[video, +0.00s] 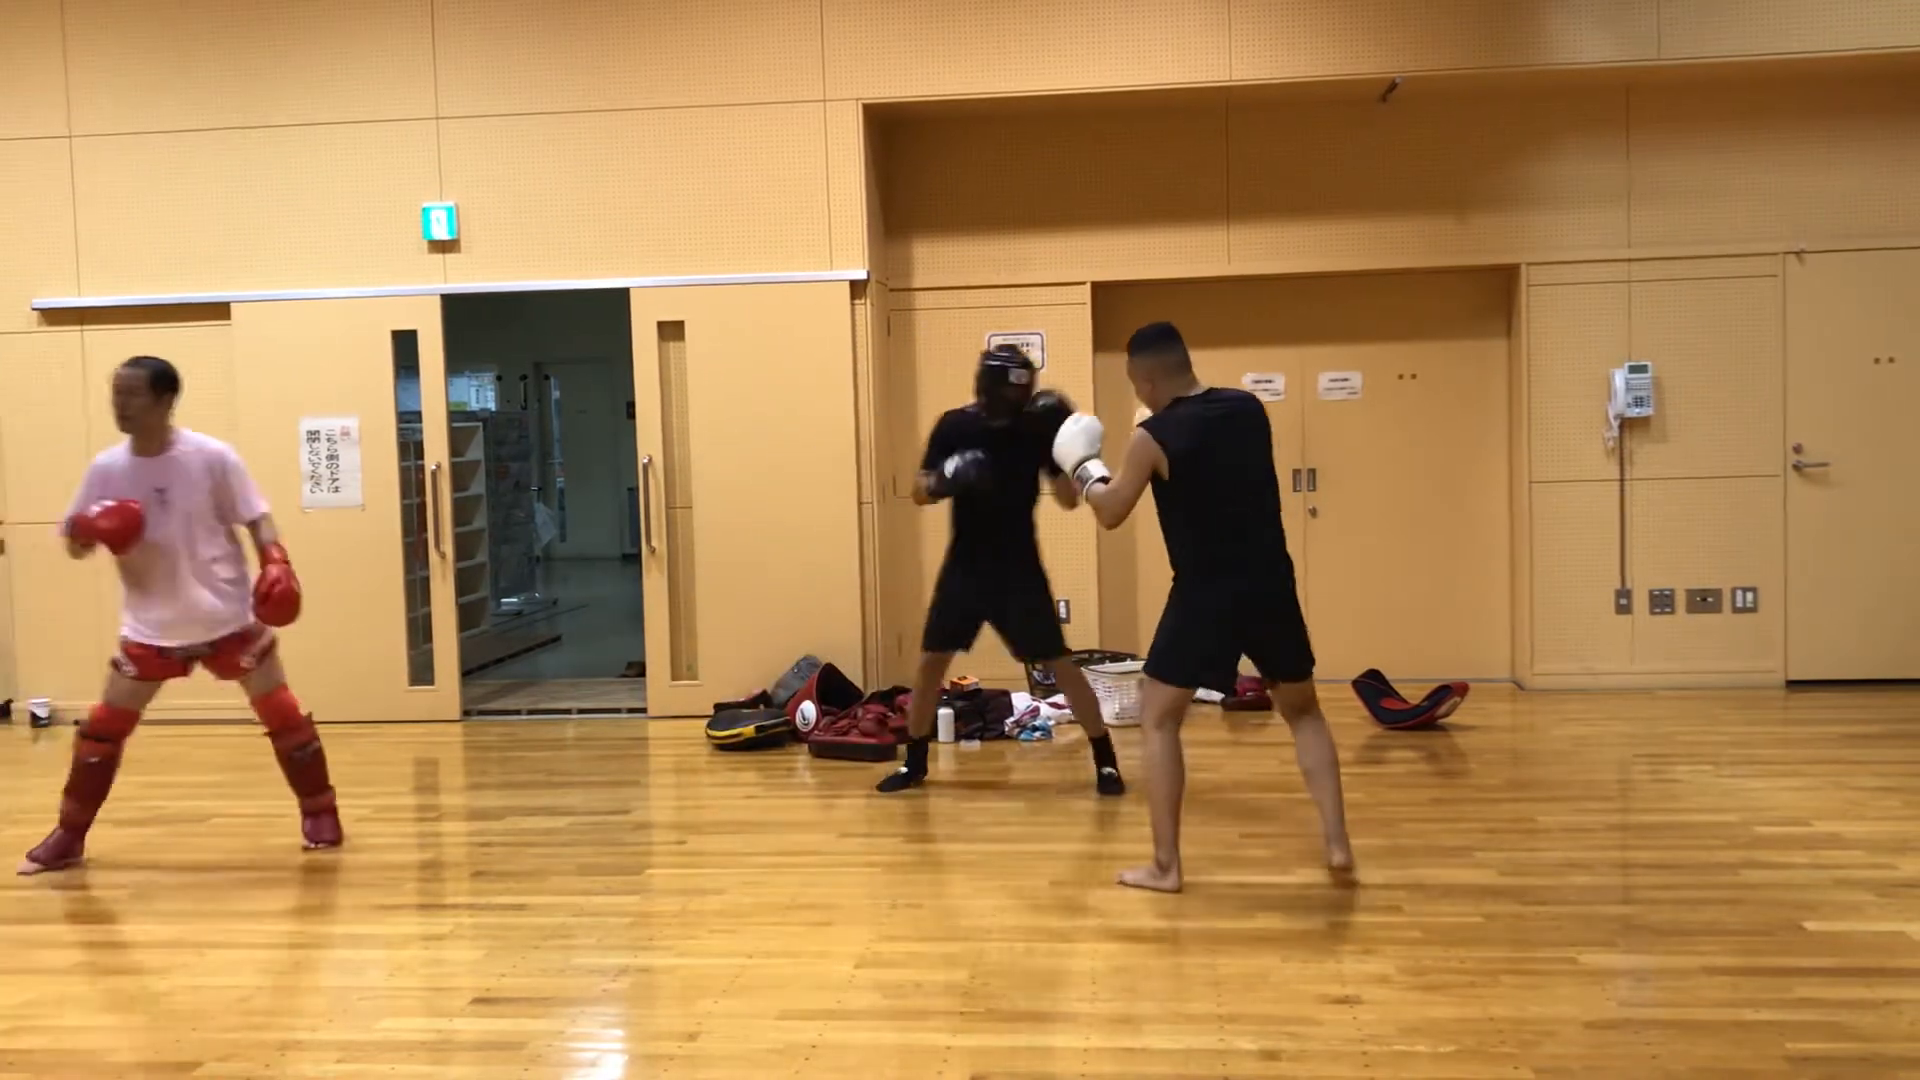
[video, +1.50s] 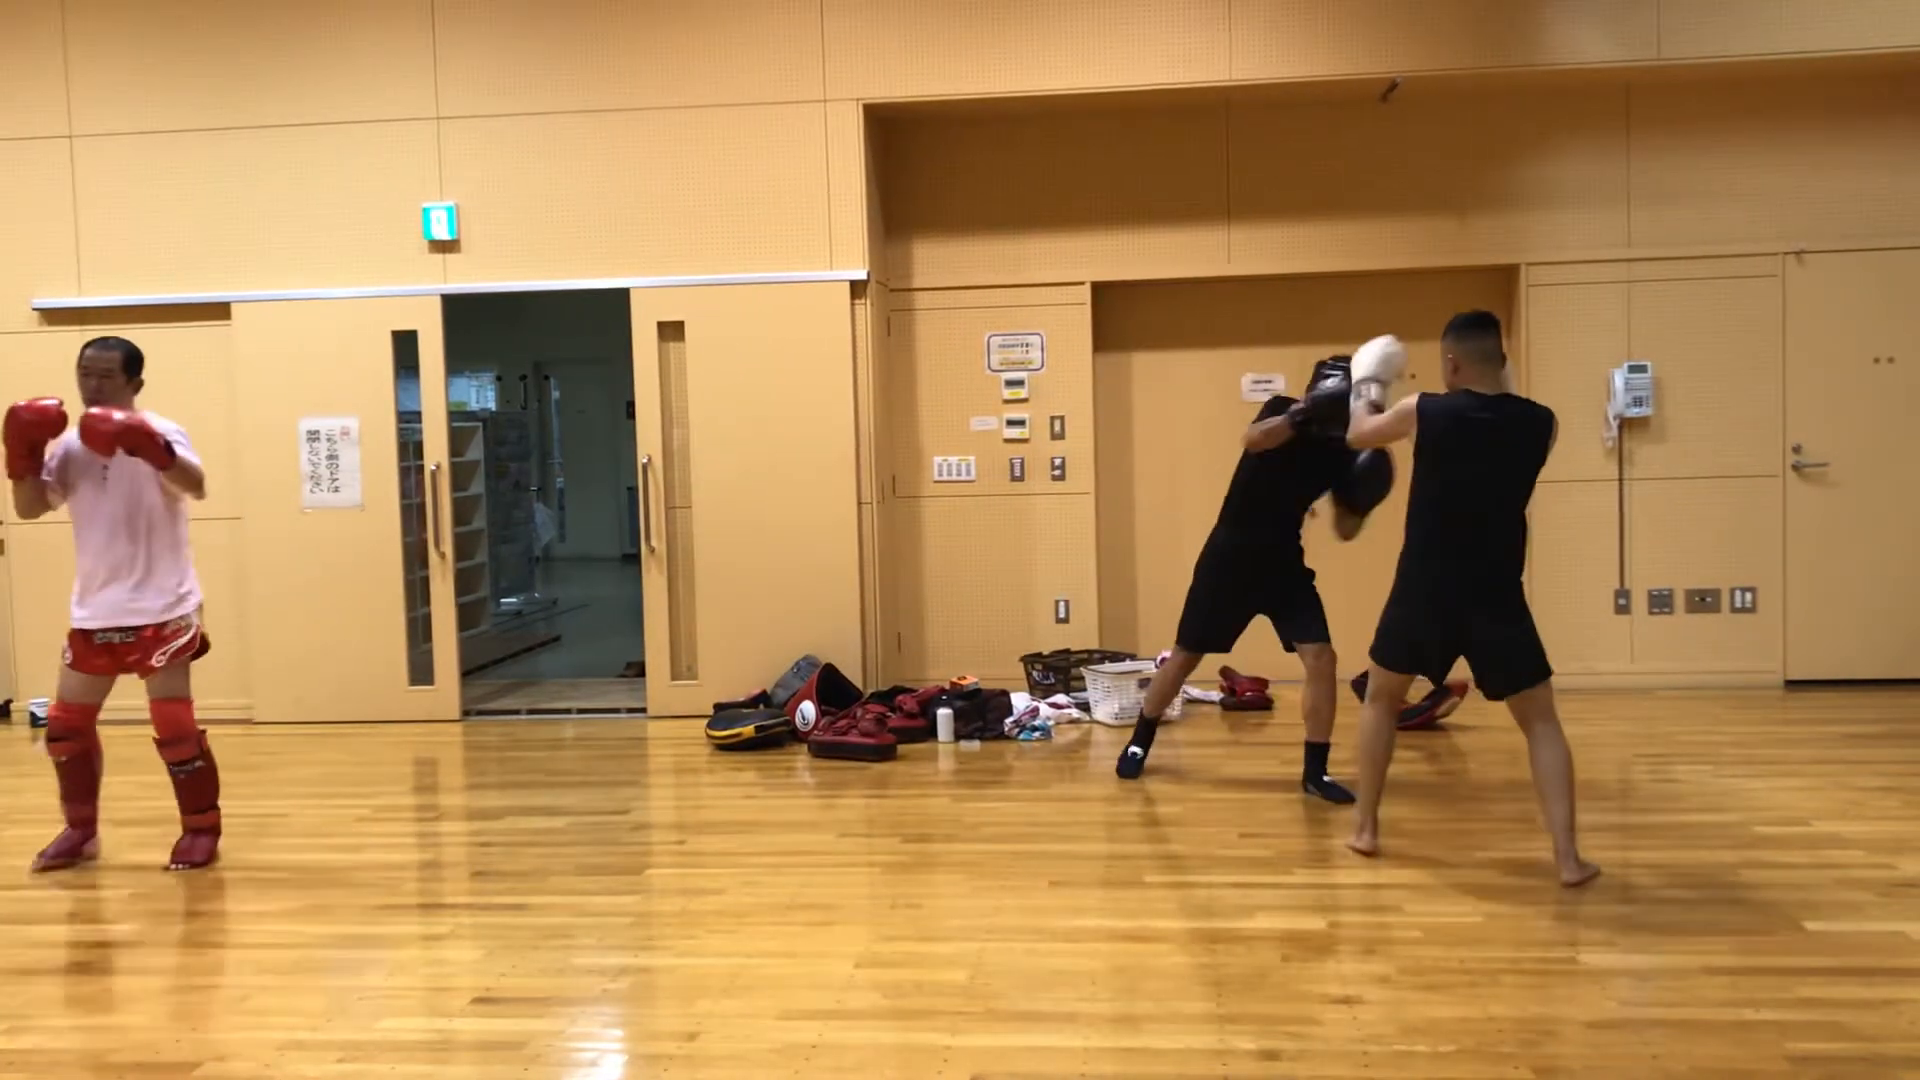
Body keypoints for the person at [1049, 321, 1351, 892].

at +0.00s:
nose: (1136, 389)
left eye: (1136, 379)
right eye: (1136, 379)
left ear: (1146, 378)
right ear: (1188, 365)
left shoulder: (1155, 435)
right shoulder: (1247, 408)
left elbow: (1110, 512)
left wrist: (1083, 468)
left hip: (1202, 597)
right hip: (1271, 590)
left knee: (1159, 719)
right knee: (1303, 710)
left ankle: (1166, 864)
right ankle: (1338, 842)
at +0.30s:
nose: (1219, 382)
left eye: (1219, 372)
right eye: (1221, 372)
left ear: (1226, 370)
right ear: (1276, 361)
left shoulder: (1215, 432)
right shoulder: (1331, 416)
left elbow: (1161, 504)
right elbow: (1330, 494)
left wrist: (1151, 451)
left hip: (1237, 609)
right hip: (1312, 608)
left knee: (1195, 735)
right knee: (1332, 756)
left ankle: (1167, 864)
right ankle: (1328, 900)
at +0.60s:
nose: (1291, 363)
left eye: (1290, 355)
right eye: (1297, 354)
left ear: (1294, 355)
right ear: (1352, 349)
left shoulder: (1274, 417)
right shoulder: (1396, 408)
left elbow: (1223, 488)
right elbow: (1403, 482)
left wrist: (1232, 430)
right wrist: (1353, 421)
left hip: (1288, 596)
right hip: (1358, 597)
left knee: (1287, 724)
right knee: (1353, 747)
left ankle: (1290, 857)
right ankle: (1328, 903)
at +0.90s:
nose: (1347, 371)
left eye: (1345, 364)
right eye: (1352, 365)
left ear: (1344, 365)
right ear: (1402, 359)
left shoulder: (1327, 423)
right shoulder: (1444, 411)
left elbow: (1271, 488)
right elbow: (1456, 478)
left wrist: (1272, 434)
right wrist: (1416, 402)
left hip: (1346, 600)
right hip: (1413, 601)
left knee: (1352, 722)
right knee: (1468, 728)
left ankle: (1344, 849)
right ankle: (1422, 852)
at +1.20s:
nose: (1418, 381)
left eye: (1418, 373)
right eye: (1419, 373)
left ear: (1426, 373)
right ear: (1481, 368)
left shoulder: (1403, 429)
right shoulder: (1522, 428)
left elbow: (1337, 480)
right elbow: (1509, 494)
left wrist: (1338, 428)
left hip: (1413, 609)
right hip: (1485, 608)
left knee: (1378, 717)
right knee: (1542, 723)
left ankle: (1349, 846)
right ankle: (1567, 858)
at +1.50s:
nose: (1443, 368)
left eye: (1443, 361)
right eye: (1446, 360)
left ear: (1451, 361)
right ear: (1503, 357)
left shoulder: (1427, 410)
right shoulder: (1540, 422)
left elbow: (1360, 433)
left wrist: (1366, 393)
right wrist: (1474, 392)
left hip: (1424, 590)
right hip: (1498, 596)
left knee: (1383, 699)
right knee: (1540, 719)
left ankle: (1364, 828)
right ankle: (1568, 859)